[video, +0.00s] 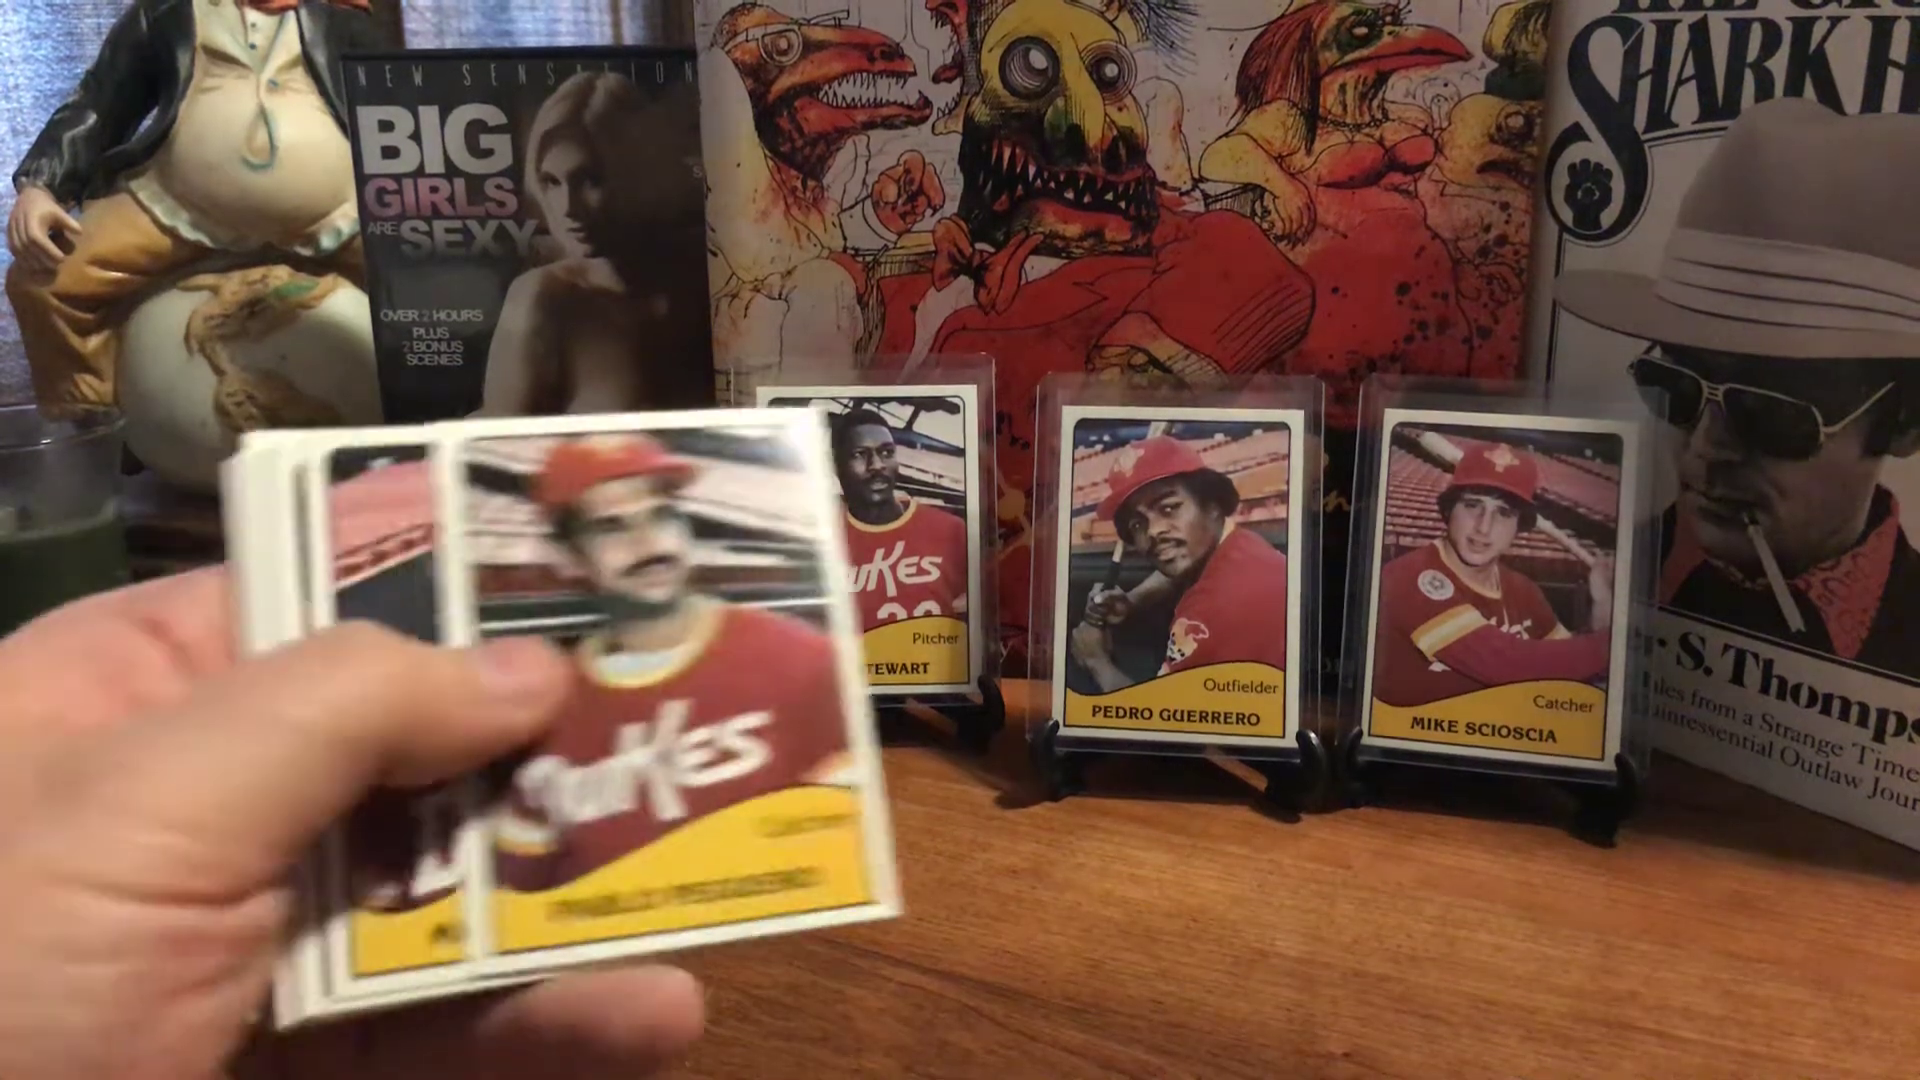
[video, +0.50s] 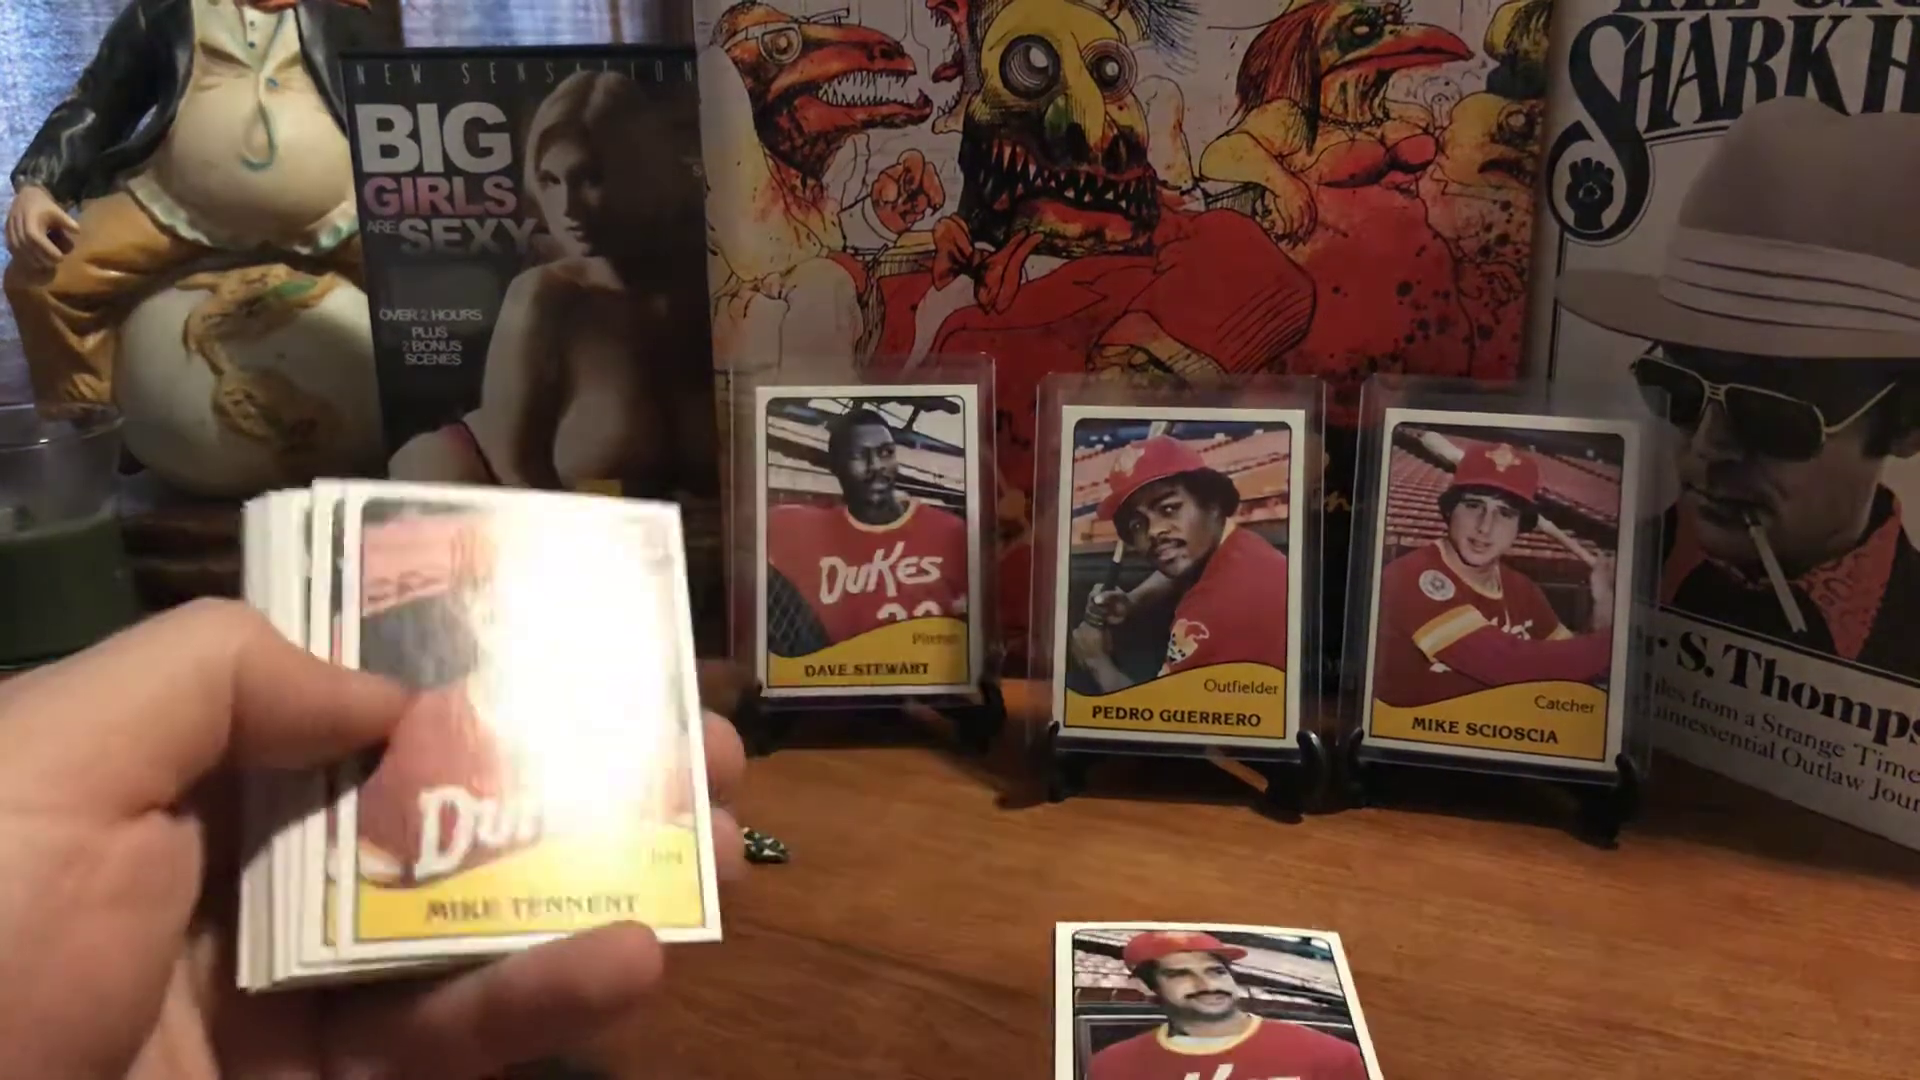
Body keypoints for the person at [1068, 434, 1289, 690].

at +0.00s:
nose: (1155, 530)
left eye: (1169, 508)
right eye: (1139, 524)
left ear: (1213, 507)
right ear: (1134, 541)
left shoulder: (1210, 609)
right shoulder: (1247, 544)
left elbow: (1160, 721)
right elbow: (1183, 566)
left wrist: (1097, 661)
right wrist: (1132, 602)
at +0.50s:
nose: (1155, 531)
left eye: (1169, 509)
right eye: (1139, 524)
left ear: (1212, 504)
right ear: (1132, 540)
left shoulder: (1209, 612)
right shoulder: (1247, 545)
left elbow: (1161, 721)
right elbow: (1184, 564)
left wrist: (1097, 662)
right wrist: (1133, 602)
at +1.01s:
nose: (1155, 531)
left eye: (1169, 508)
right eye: (1138, 524)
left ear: (1213, 503)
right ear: (1132, 540)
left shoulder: (1213, 607)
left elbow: (1161, 722)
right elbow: (1183, 564)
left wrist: (1098, 661)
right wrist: (1133, 602)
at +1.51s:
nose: (1156, 530)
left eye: (1170, 508)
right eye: (1139, 523)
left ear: (1214, 503)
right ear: (1133, 540)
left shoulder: (1213, 608)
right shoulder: (1251, 545)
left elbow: (1160, 720)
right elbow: (1185, 565)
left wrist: (1098, 662)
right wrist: (1133, 603)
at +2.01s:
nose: (1156, 531)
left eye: (1171, 508)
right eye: (1140, 523)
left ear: (1215, 503)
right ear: (1133, 540)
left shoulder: (1214, 605)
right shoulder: (1252, 546)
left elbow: (1160, 719)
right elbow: (1186, 564)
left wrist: (1098, 662)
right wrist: (1133, 602)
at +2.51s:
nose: (1157, 531)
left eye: (1171, 508)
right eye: (1141, 522)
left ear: (1216, 505)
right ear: (1134, 539)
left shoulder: (1213, 606)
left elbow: (1163, 722)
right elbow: (1184, 567)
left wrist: (1098, 663)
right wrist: (1133, 601)